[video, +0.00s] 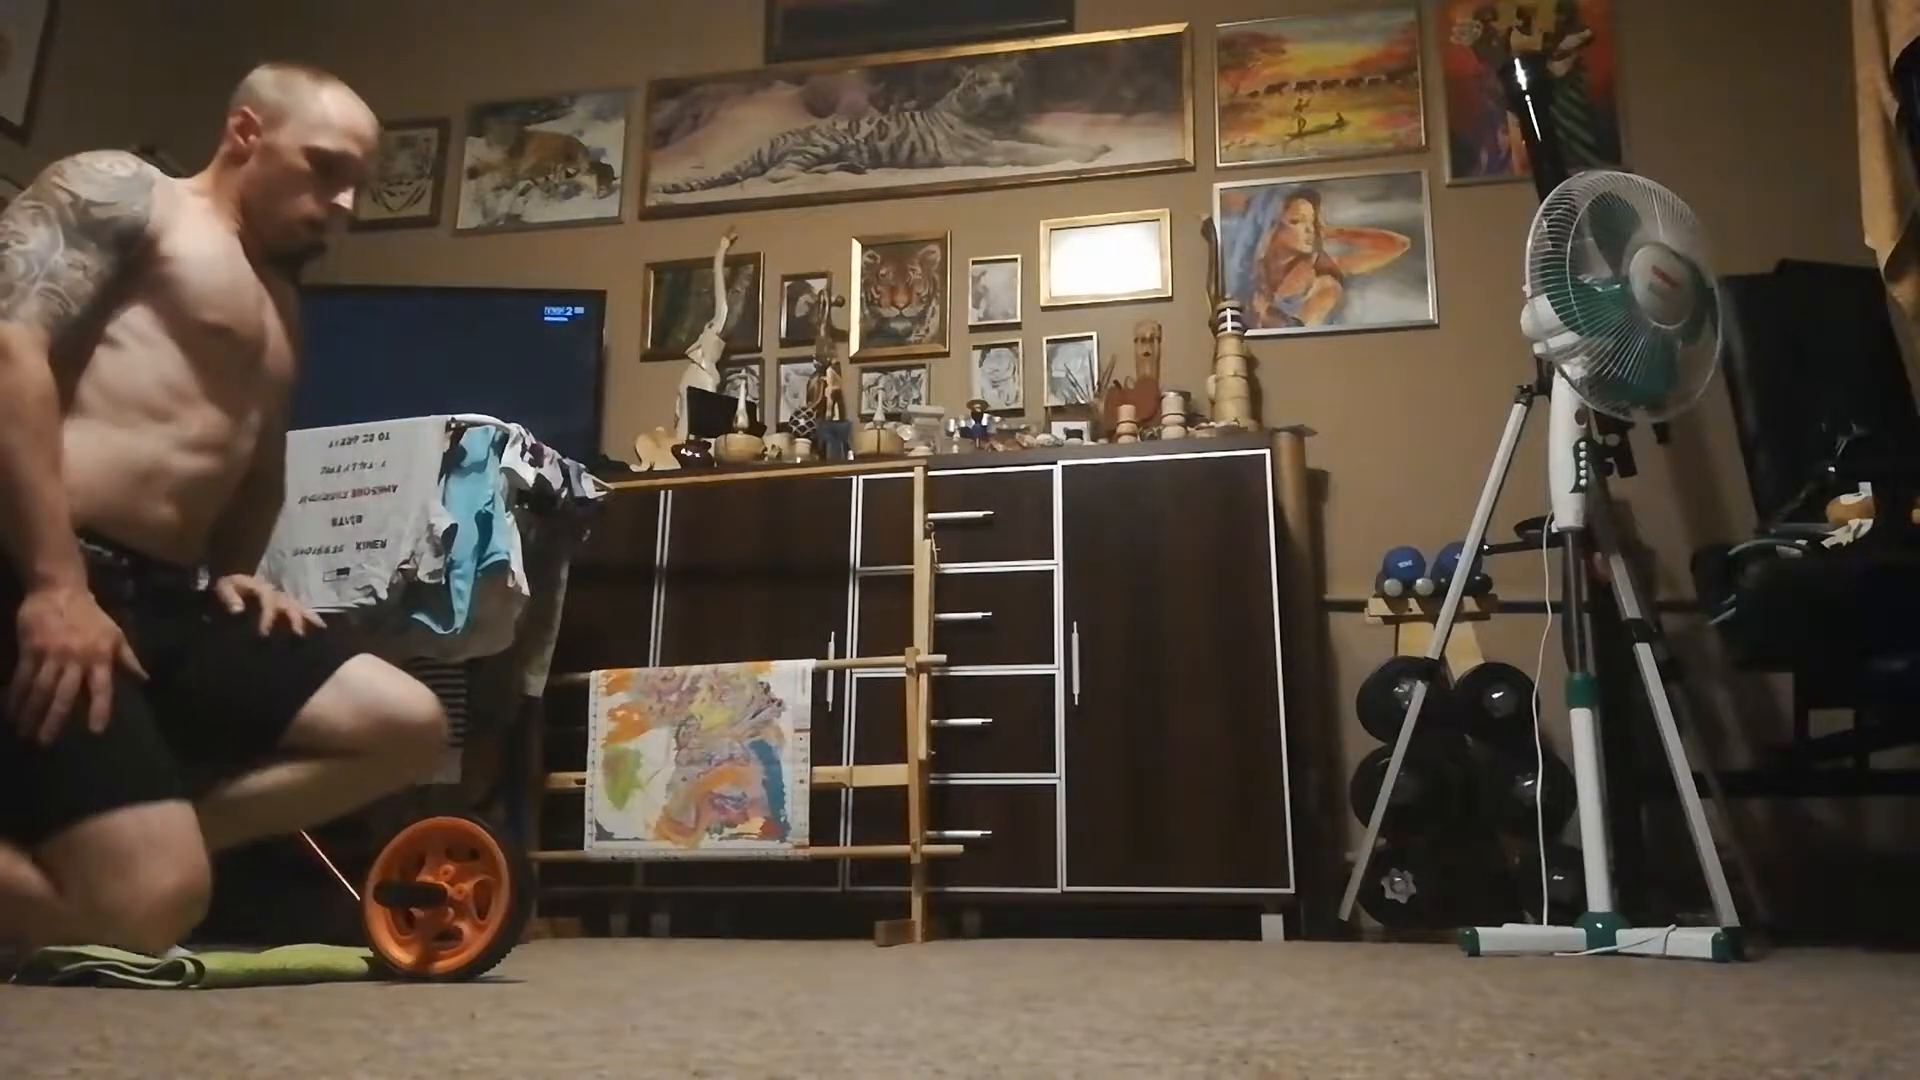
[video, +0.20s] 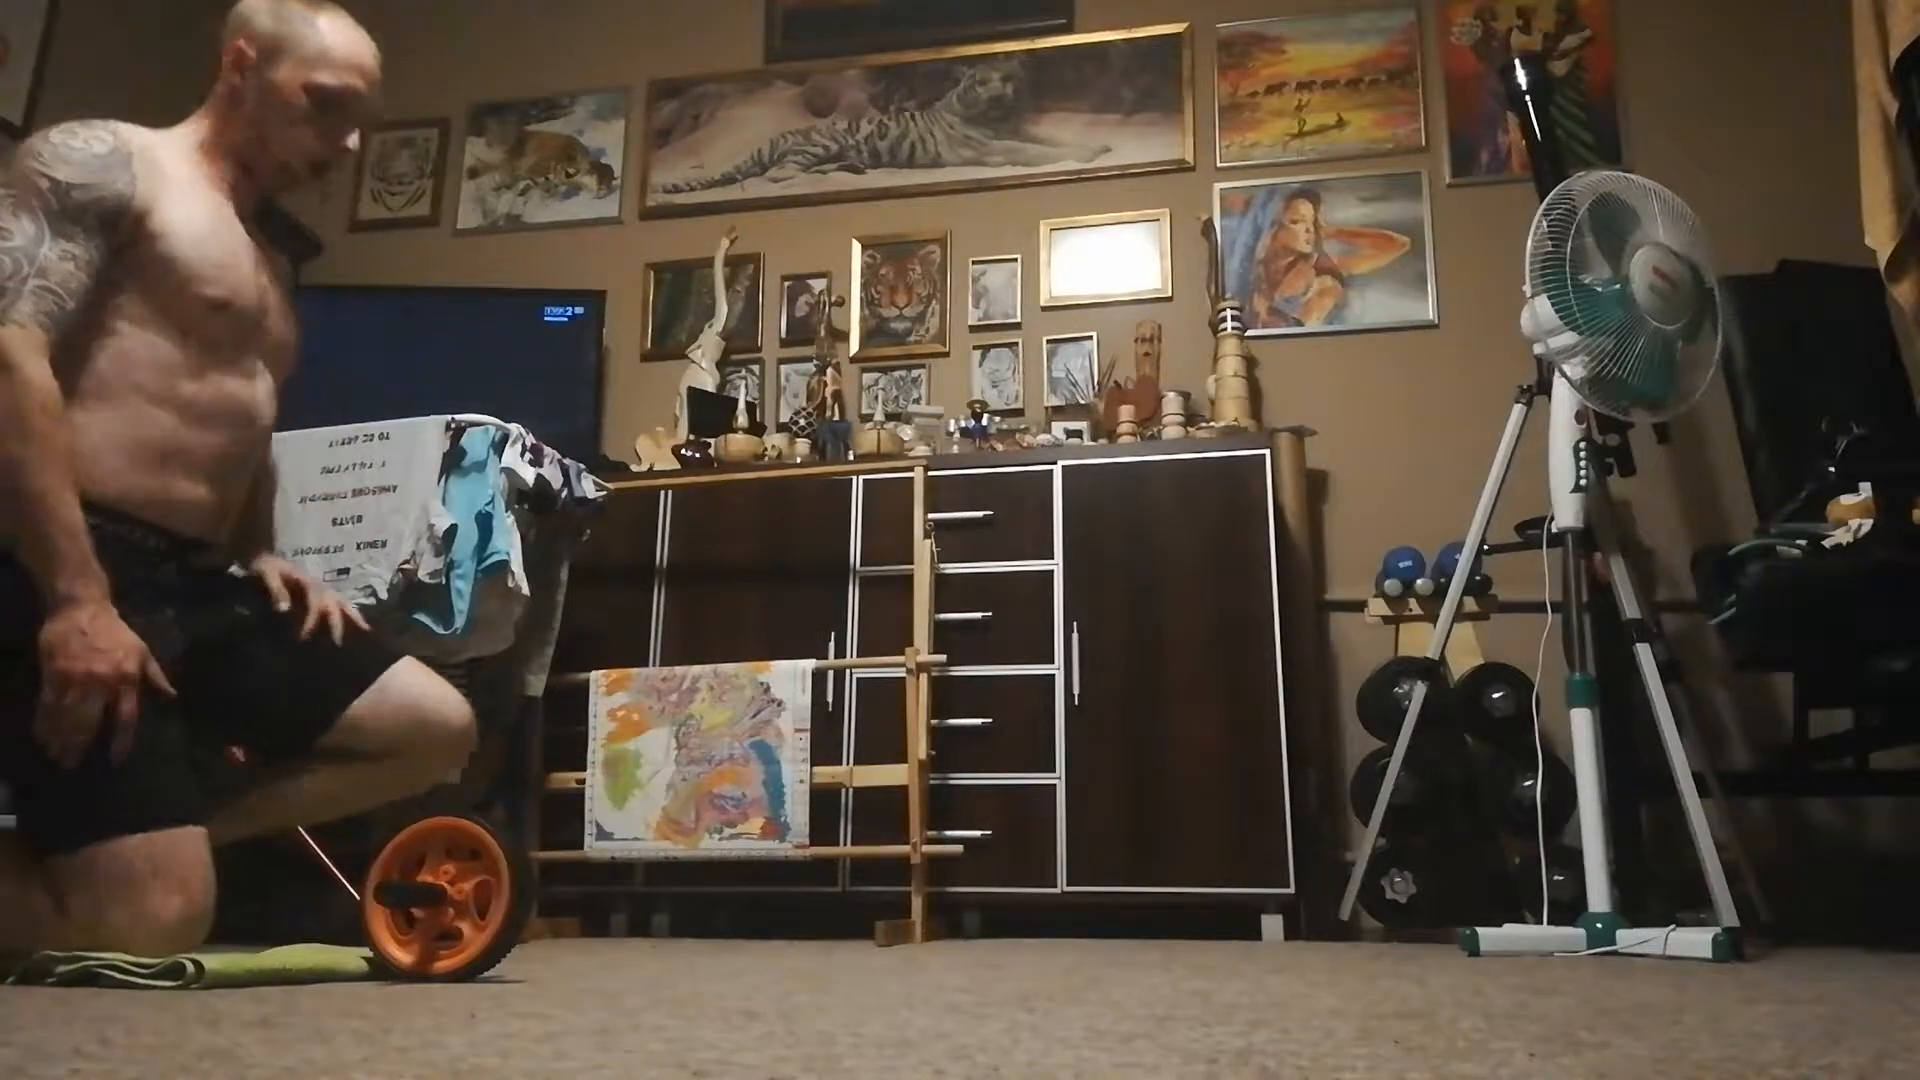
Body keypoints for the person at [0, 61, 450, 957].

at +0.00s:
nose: (345, 206)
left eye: (357, 188)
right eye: (326, 173)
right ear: (244, 136)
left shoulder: (278, 300)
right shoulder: (117, 191)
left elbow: (257, 464)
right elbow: (15, 347)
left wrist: (238, 569)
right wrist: (55, 584)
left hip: (175, 605)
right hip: (54, 583)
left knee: (404, 730)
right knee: (145, 903)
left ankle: (117, 851)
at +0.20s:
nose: (346, 144)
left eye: (360, 121)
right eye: (327, 106)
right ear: (240, 66)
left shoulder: (268, 256)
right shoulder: (99, 160)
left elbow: (241, 426)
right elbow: (13, 355)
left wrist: (264, 552)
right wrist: (78, 597)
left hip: (204, 585)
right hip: (78, 572)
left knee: (432, 733)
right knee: (151, 917)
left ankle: (146, 844)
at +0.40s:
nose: (340, 73)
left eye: (352, 50)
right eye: (324, 36)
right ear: (235, 9)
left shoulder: (289, 218)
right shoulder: (81, 115)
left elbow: (286, 394)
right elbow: (3, 326)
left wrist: (341, 540)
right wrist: (41, 581)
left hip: (241, 554)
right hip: (106, 537)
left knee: (425, 761)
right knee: (153, 919)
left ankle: (161, 816)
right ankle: (15, 857)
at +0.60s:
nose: (348, 42)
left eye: (353, 20)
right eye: (328, 10)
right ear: (242, 4)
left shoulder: (323, 202)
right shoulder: (90, 117)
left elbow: (338, 393)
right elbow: (8, 340)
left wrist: (426, 503)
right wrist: (14, 582)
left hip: (285, 559)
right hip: (138, 540)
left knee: (325, 910)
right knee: (147, 930)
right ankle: (6, 853)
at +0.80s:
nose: (393, 67)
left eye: (404, 46)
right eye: (369, 31)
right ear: (281, 13)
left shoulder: (377, 233)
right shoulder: (140, 144)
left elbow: (426, 428)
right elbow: (41, 344)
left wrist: (504, 392)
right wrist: (32, 579)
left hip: (317, 576)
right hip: (170, 542)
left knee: (321, 939)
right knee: (148, 937)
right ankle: (1, 844)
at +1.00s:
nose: (480, 123)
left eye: (494, 104)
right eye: (462, 88)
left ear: (499, 112)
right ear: (376, 47)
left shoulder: (443, 288)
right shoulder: (228, 164)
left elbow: (528, 437)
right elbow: (112, 335)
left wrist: (539, 277)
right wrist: (137, 544)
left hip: (357, 592)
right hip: (218, 545)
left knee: (328, 938)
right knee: (165, 925)